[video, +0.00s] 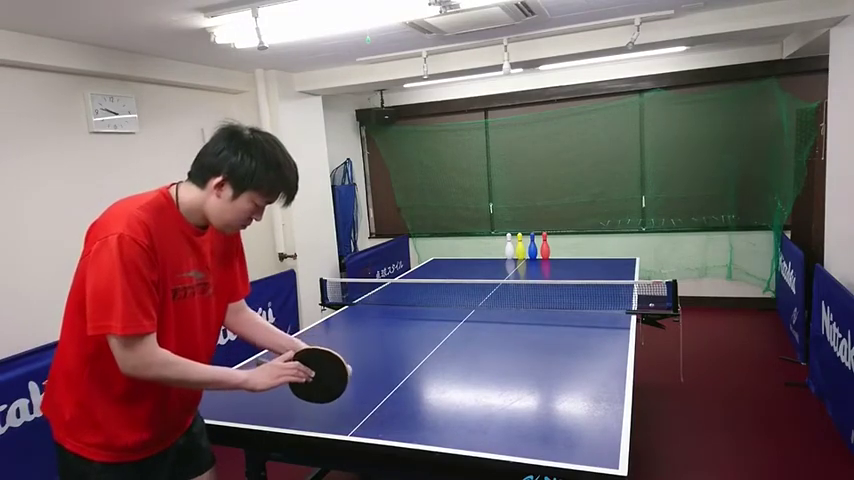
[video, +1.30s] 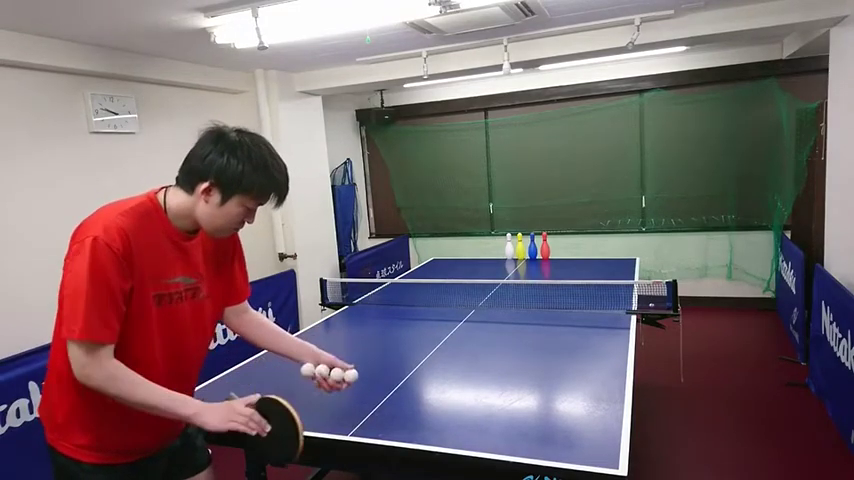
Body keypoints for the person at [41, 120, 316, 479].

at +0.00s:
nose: (258, 218)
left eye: (263, 208)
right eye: (256, 205)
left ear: (219, 188)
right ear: (219, 187)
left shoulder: (221, 228)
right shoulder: (125, 236)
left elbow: (235, 312)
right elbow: (135, 358)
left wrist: (298, 350)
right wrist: (248, 378)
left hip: (173, 421)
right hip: (104, 440)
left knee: (202, 472)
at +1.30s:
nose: (249, 221)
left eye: (255, 212)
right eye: (247, 210)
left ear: (207, 193)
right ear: (207, 192)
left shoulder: (217, 232)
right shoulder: (105, 239)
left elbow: (238, 312)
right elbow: (90, 364)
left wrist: (311, 355)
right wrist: (200, 411)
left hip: (172, 434)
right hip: (96, 453)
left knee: (200, 472)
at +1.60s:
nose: (238, 218)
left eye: (243, 207)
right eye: (235, 205)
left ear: (195, 190)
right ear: (194, 188)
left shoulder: (208, 230)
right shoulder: (92, 241)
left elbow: (232, 310)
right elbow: (86, 367)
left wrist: (306, 353)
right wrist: (202, 402)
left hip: (168, 435)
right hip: (93, 456)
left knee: (198, 470)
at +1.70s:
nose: (235, 219)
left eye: (240, 208)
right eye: (232, 206)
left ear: (192, 192)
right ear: (190, 189)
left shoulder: (206, 229)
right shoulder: (91, 242)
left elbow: (231, 312)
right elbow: (99, 368)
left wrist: (302, 356)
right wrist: (217, 395)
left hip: (167, 433)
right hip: (92, 455)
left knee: (194, 470)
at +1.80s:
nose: (236, 221)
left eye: (240, 211)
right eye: (232, 209)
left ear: (193, 193)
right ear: (191, 191)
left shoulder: (207, 230)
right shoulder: (93, 244)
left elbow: (231, 312)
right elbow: (101, 369)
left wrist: (302, 360)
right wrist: (219, 394)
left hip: (167, 432)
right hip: (92, 454)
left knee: (195, 471)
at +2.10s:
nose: (268, 225)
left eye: (273, 216)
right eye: (266, 214)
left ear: (228, 197)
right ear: (228, 196)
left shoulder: (233, 234)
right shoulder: (132, 239)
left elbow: (252, 304)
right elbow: (84, 354)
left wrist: (316, 335)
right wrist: (197, 391)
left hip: (176, 428)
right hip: (105, 442)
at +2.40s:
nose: (300, 220)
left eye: (304, 211)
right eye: (301, 210)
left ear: (269, 202)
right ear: (275, 204)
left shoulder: (218, 214)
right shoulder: (217, 262)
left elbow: (241, 308)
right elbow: (272, 335)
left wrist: (285, 285)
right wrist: (335, 333)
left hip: (170, 408)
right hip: (120, 423)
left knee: (200, 472)